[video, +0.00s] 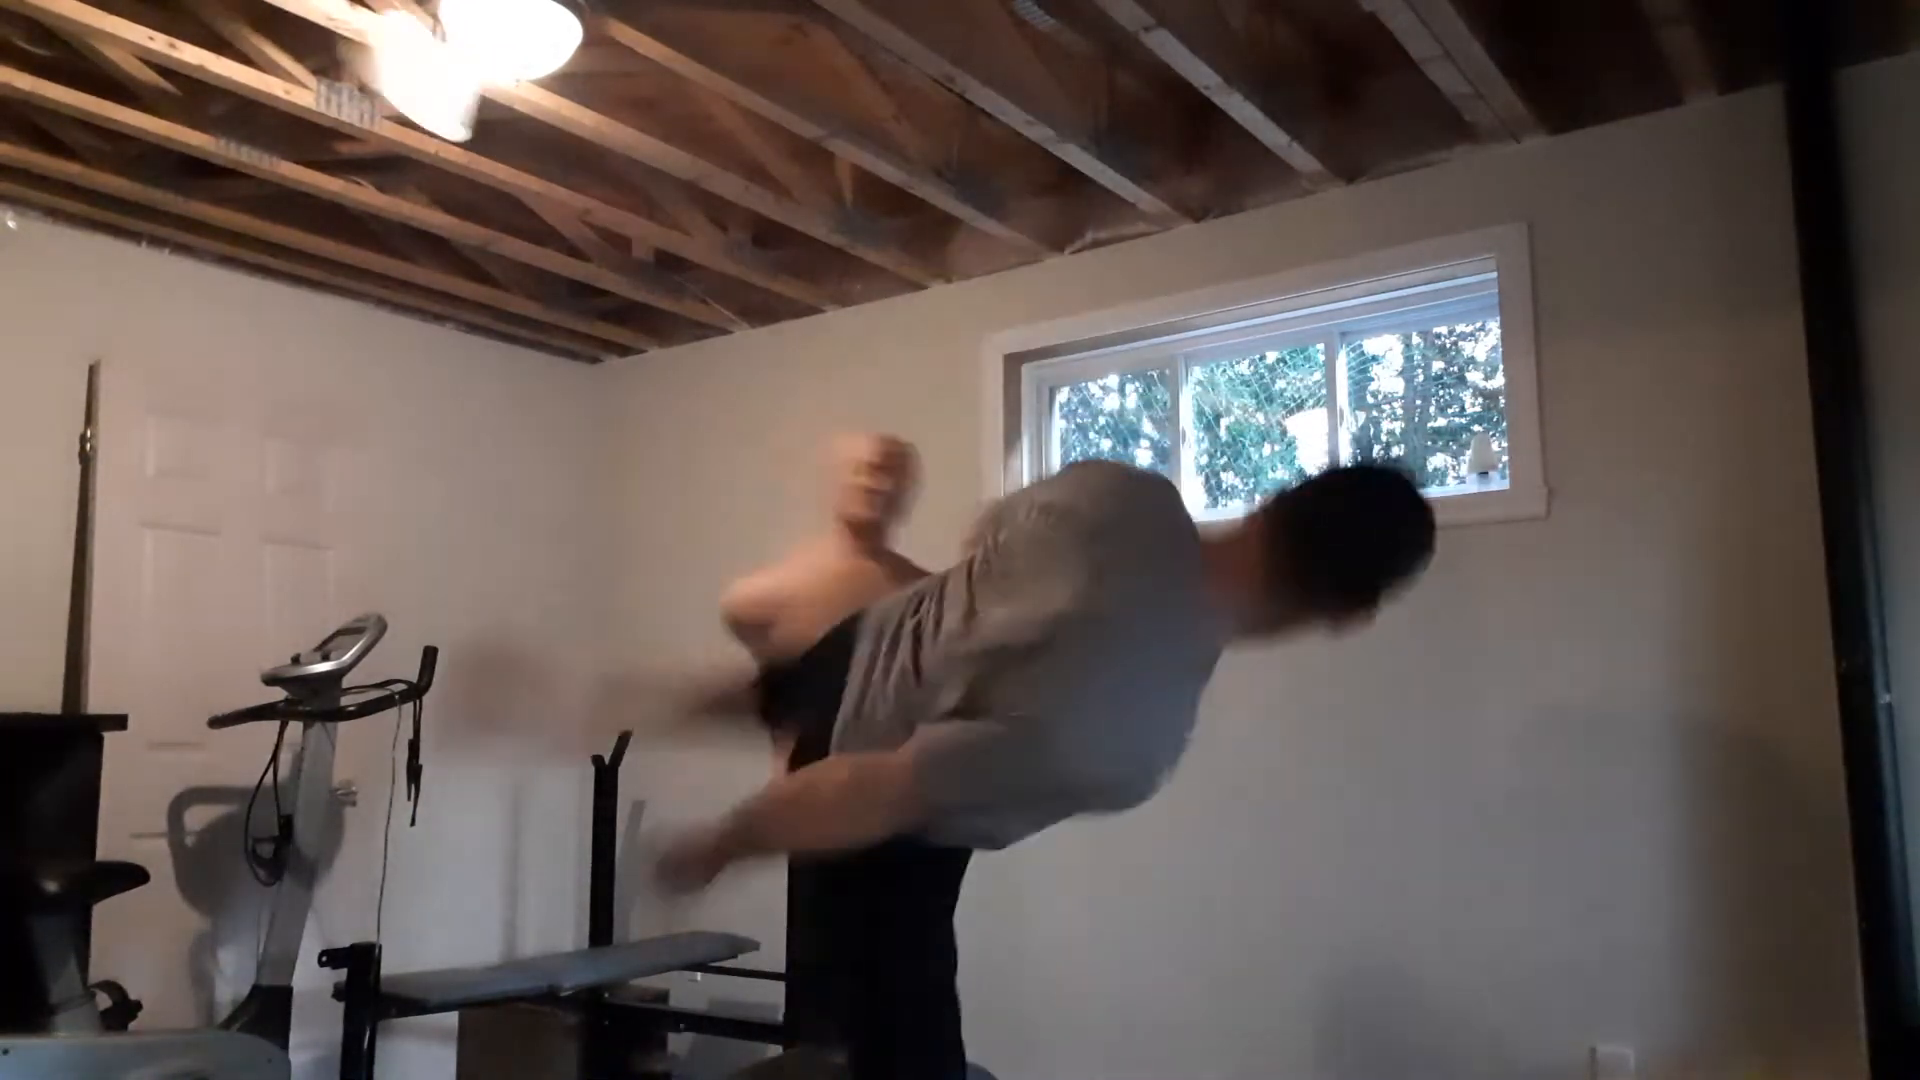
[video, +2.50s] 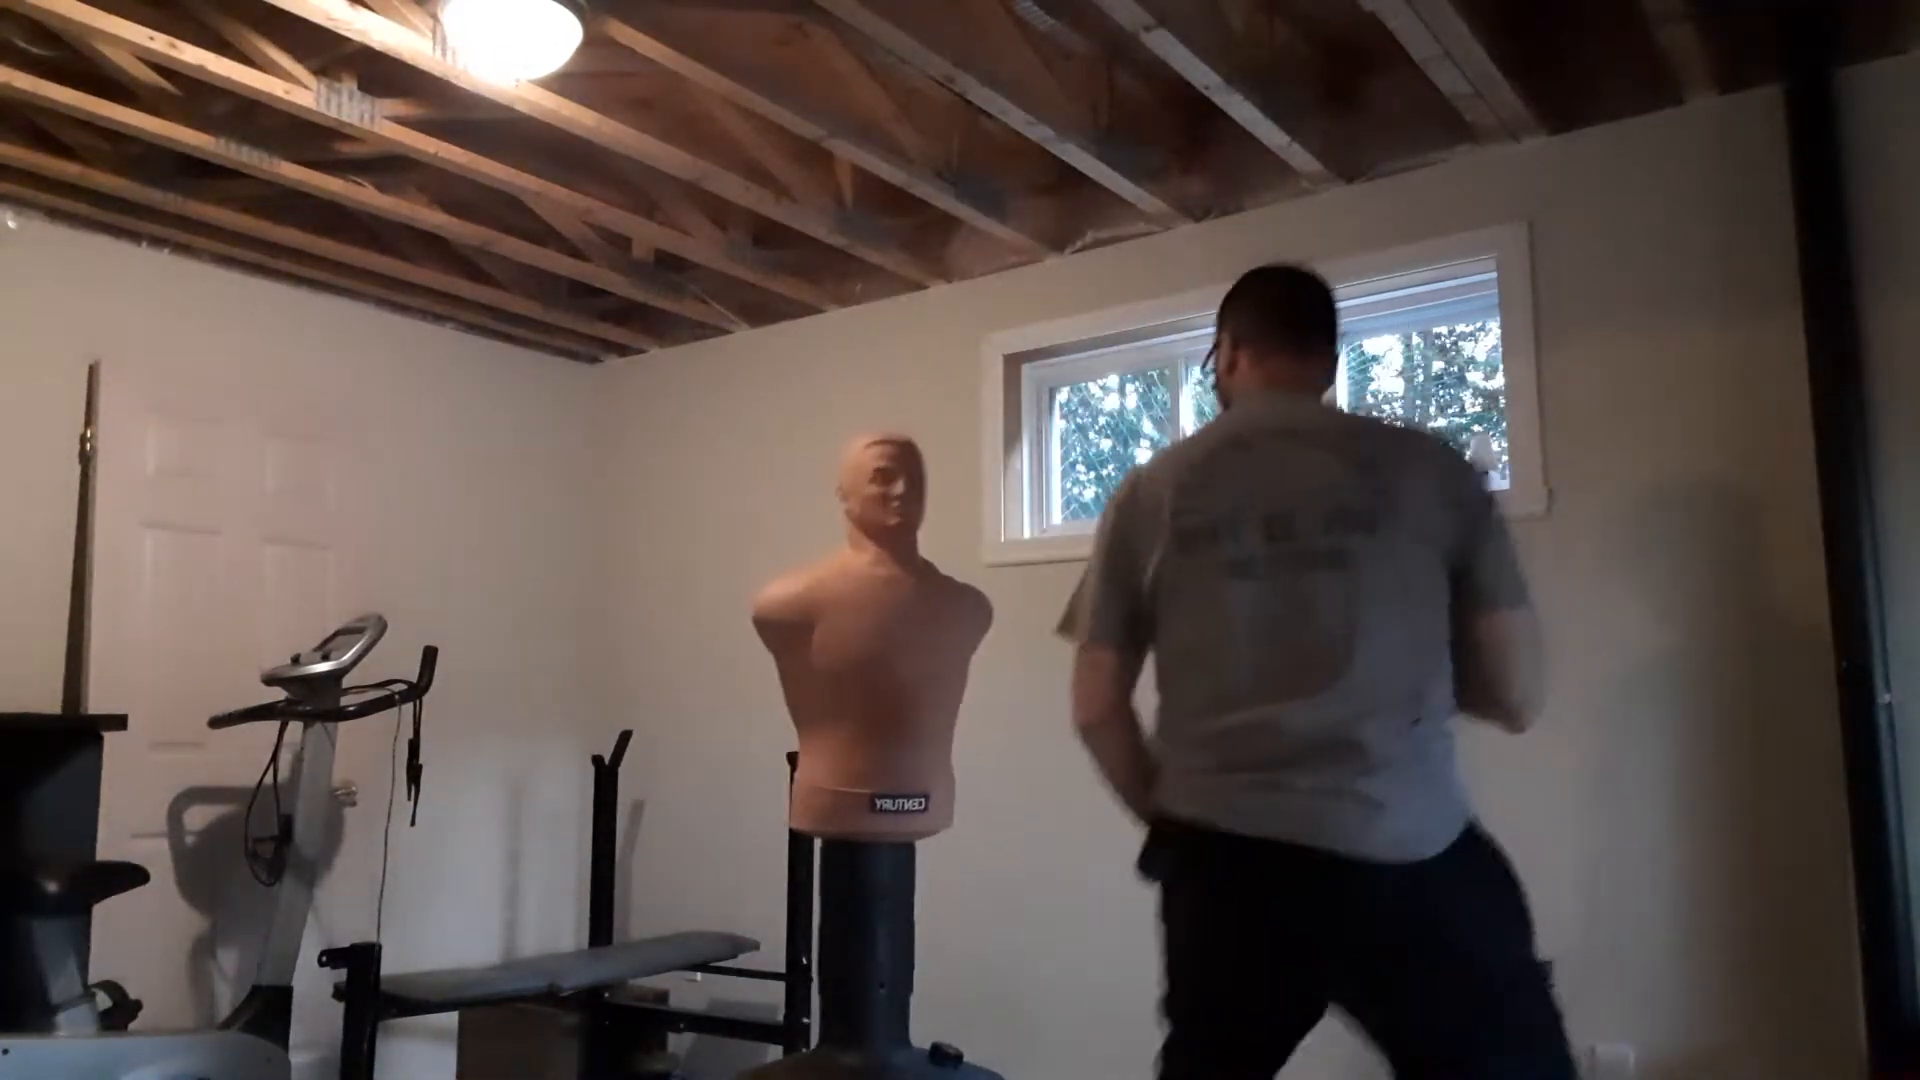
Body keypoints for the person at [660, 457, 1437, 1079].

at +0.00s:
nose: (1348, 628)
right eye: (1362, 607)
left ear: (1279, 495)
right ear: (1343, 613)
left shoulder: (1122, 492)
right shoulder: (1125, 737)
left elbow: (969, 570)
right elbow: (886, 782)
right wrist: (725, 840)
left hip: (848, 652)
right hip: (877, 822)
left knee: (786, 639)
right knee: (901, 1055)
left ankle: (843, 532)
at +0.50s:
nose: (825, 285)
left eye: (823, 266)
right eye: (825, 269)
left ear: (840, 262)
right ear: (937, 262)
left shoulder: (859, 365)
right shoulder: (1043, 383)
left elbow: (804, 530)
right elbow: (1173, 548)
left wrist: (735, 733)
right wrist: (1119, 606)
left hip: (892, 781)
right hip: (1053, 789)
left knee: (819, 1056)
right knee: (1037, 1056)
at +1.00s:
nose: (865, 267)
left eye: (864, 241)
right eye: (864, 245)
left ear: (885, 237)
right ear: (978, 230)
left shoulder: (997, 330)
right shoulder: (983, 348)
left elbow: (1079, 558)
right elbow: (1038, 567)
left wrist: (897, 664)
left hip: (1035, 761)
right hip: (1011, 761)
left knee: (974, 1054)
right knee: (996, 1054)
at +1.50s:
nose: (1106, 328)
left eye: (1111, 313)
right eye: (1122, 312)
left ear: (1111, 323)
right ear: (1206, 333)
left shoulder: (1038, 444)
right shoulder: (1283, 490)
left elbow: (911, 636)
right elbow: (1395, 701)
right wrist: (1474, 928)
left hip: (1042, 859)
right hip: (1216, 882)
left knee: (1011, 1066)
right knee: (1181, 1067)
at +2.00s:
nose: (1255, 344)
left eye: (1258, 322)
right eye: (1260, 325)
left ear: (1275, 315)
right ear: (1377, 323)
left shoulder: (1219, 403)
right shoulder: (1486, 436)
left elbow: (1045, 446)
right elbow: (1475, 569)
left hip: (1134, 718)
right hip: (1301, 801)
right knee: (1325, 1047)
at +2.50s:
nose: (1217, 371)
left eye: (1216, 356)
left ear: (1226, 355)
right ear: (1333, 363)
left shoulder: (1157, 490)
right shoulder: (1431, 467)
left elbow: (1097, 706)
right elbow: (1512, 691)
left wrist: (1169, 813)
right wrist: (1393, 647)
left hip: (1225, 874)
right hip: (1417, 874)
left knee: (1206, 1066)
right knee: (1513, 1068)